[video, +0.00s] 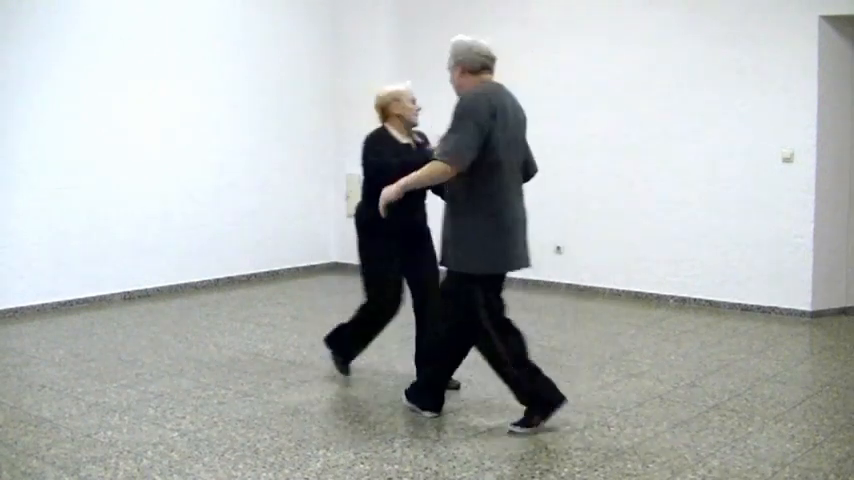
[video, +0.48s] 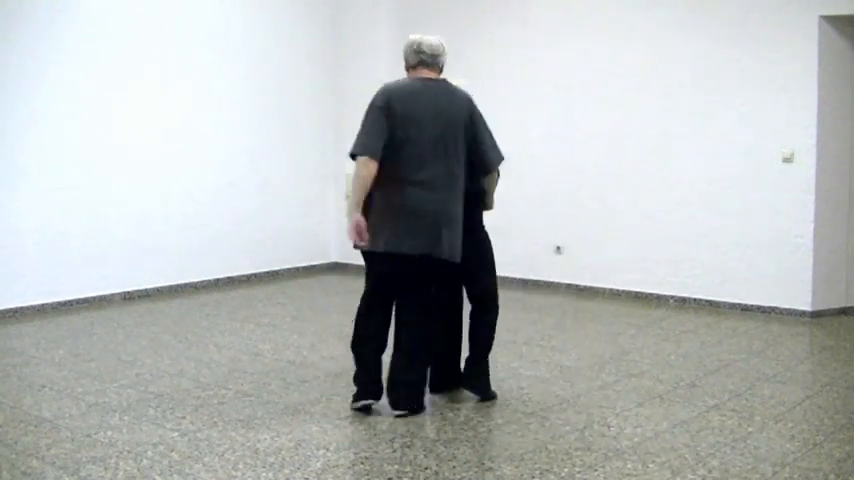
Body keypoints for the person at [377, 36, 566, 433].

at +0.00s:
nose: (451, 81)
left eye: (452, 74)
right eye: (452, 74)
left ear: (462, 70)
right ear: (488, 68)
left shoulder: (474, 102)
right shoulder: (507, 103)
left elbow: (448, 165)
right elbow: (526, 168)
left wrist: (401, 185)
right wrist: (472, 184)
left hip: (474, 237)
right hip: (498, 234)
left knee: (483, 319)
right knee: (455, 314)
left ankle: (541, 398)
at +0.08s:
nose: (438, 80)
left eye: (438, 73)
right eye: (439, 74)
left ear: (446, 70)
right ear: (475, 68)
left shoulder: (454, 102)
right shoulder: (498, 105)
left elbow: (437, 166)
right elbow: (515, 169)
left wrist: (396, 200)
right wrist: (472, 191)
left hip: (455, 232)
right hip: (488, 232)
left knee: (447, 316)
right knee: (451, 316)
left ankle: (509, 383)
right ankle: (426, 397)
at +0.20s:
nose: (423, 77)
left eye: (422, 72)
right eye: (424, 73)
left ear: (427, 68)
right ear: (459, 67)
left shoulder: (430, 98)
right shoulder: (485, 104)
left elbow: (419, 165)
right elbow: (500, 170)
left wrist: (396, 217)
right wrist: (465, 197)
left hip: (433, 228)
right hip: (475, 231)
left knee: (403, 304)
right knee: (447, 313)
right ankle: (428, 391)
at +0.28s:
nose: (416, 72)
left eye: (415, 67)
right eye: (419, 68)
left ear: (419, 66)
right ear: (452, 65)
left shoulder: (417, 96)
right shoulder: (477, 101)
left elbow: (407, 161)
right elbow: (495, 170)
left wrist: (393, 214)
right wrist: (468, 202)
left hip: (421, 228)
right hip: (464, 228)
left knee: (388, 302)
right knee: (454, 306)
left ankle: (426, 396)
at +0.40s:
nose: (409, 71)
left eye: (408, 67)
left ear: (409, 65)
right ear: (446, 65)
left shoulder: (400, 94)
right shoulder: (468, 100)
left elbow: (385, 156)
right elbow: (494, 166)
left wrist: (374, 209)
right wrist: (478, 197)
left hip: (400, 228)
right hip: (451, 231)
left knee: (377, 305)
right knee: (435, 316)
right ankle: (421, 401)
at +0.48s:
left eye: (408, 64)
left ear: (407, 64)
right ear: (442, 66)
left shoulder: (389, 96)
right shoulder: (462, 101)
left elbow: (368, 160)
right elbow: (490, 165)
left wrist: (356, 210)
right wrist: (484, 201)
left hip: (387, 227)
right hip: (440, 230)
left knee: (375, 303)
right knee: (418, 314)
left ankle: (366, 391)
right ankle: (407, 399)